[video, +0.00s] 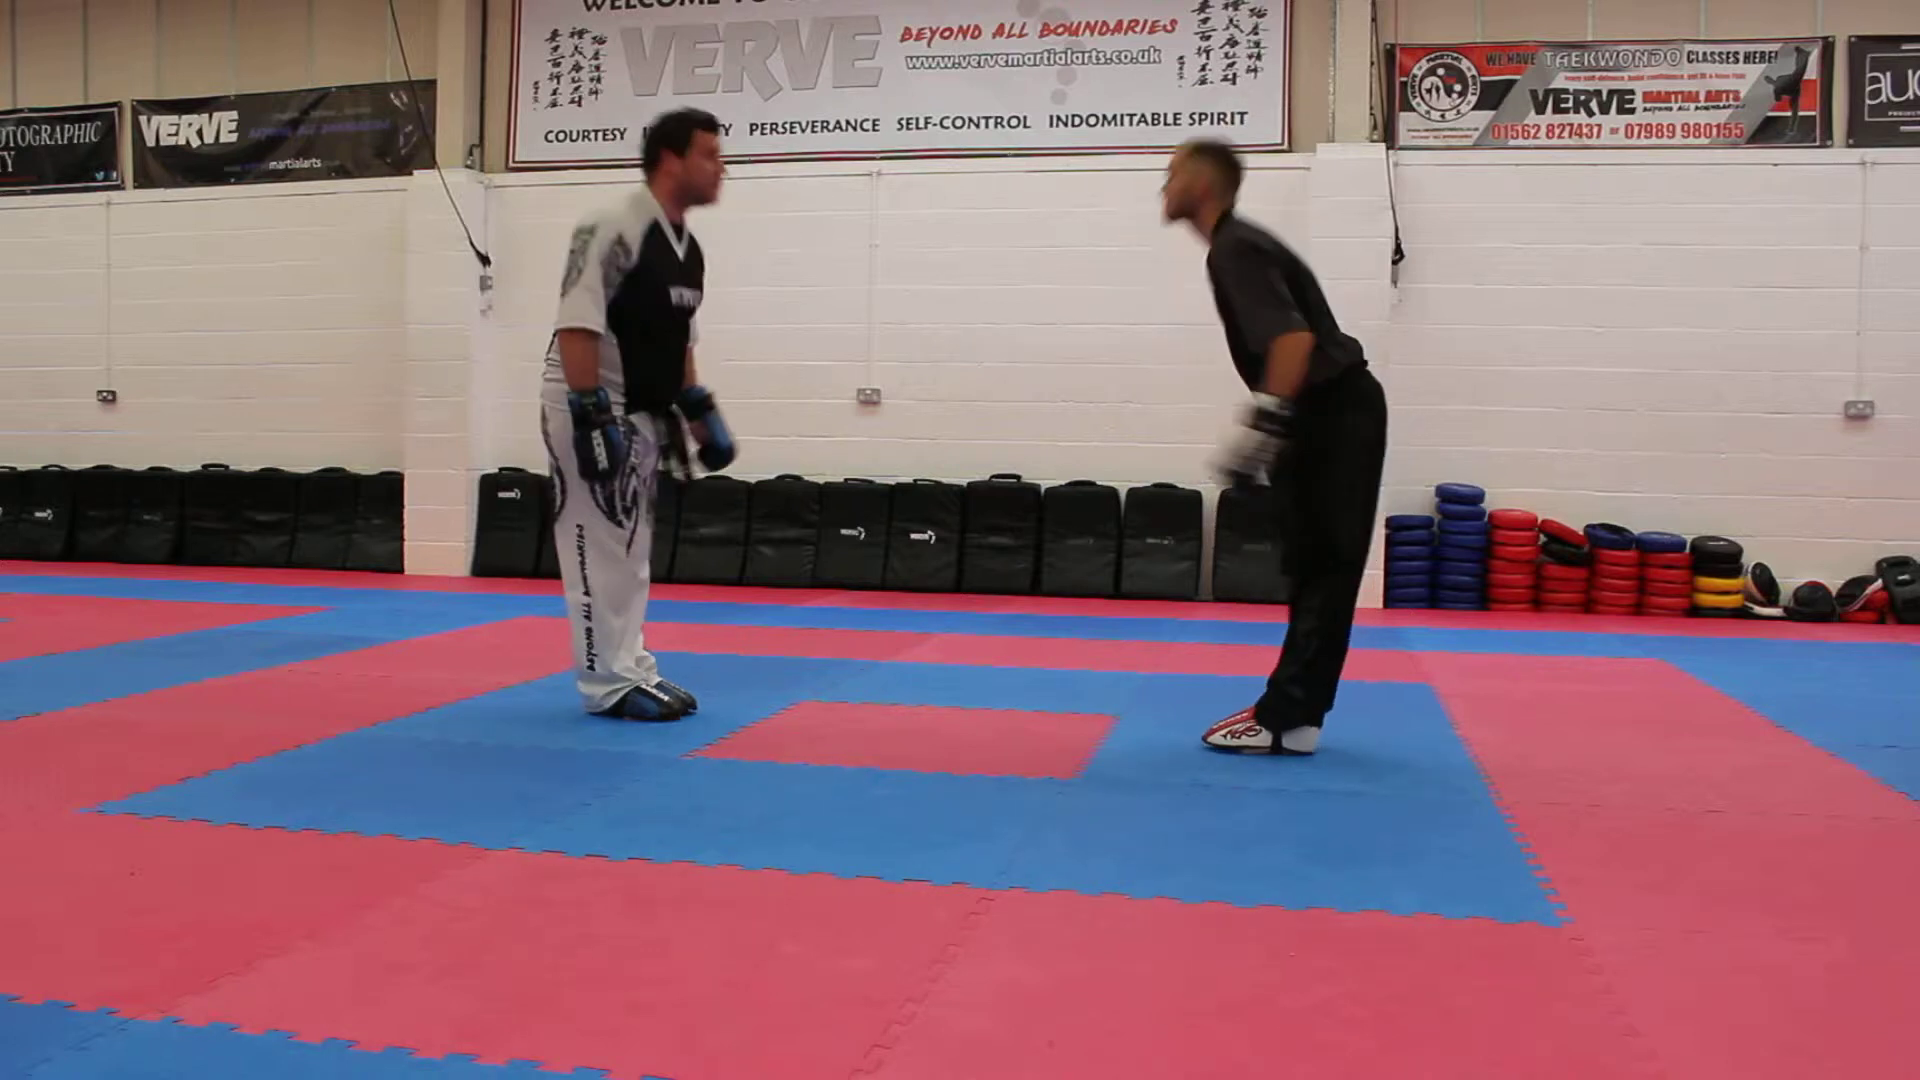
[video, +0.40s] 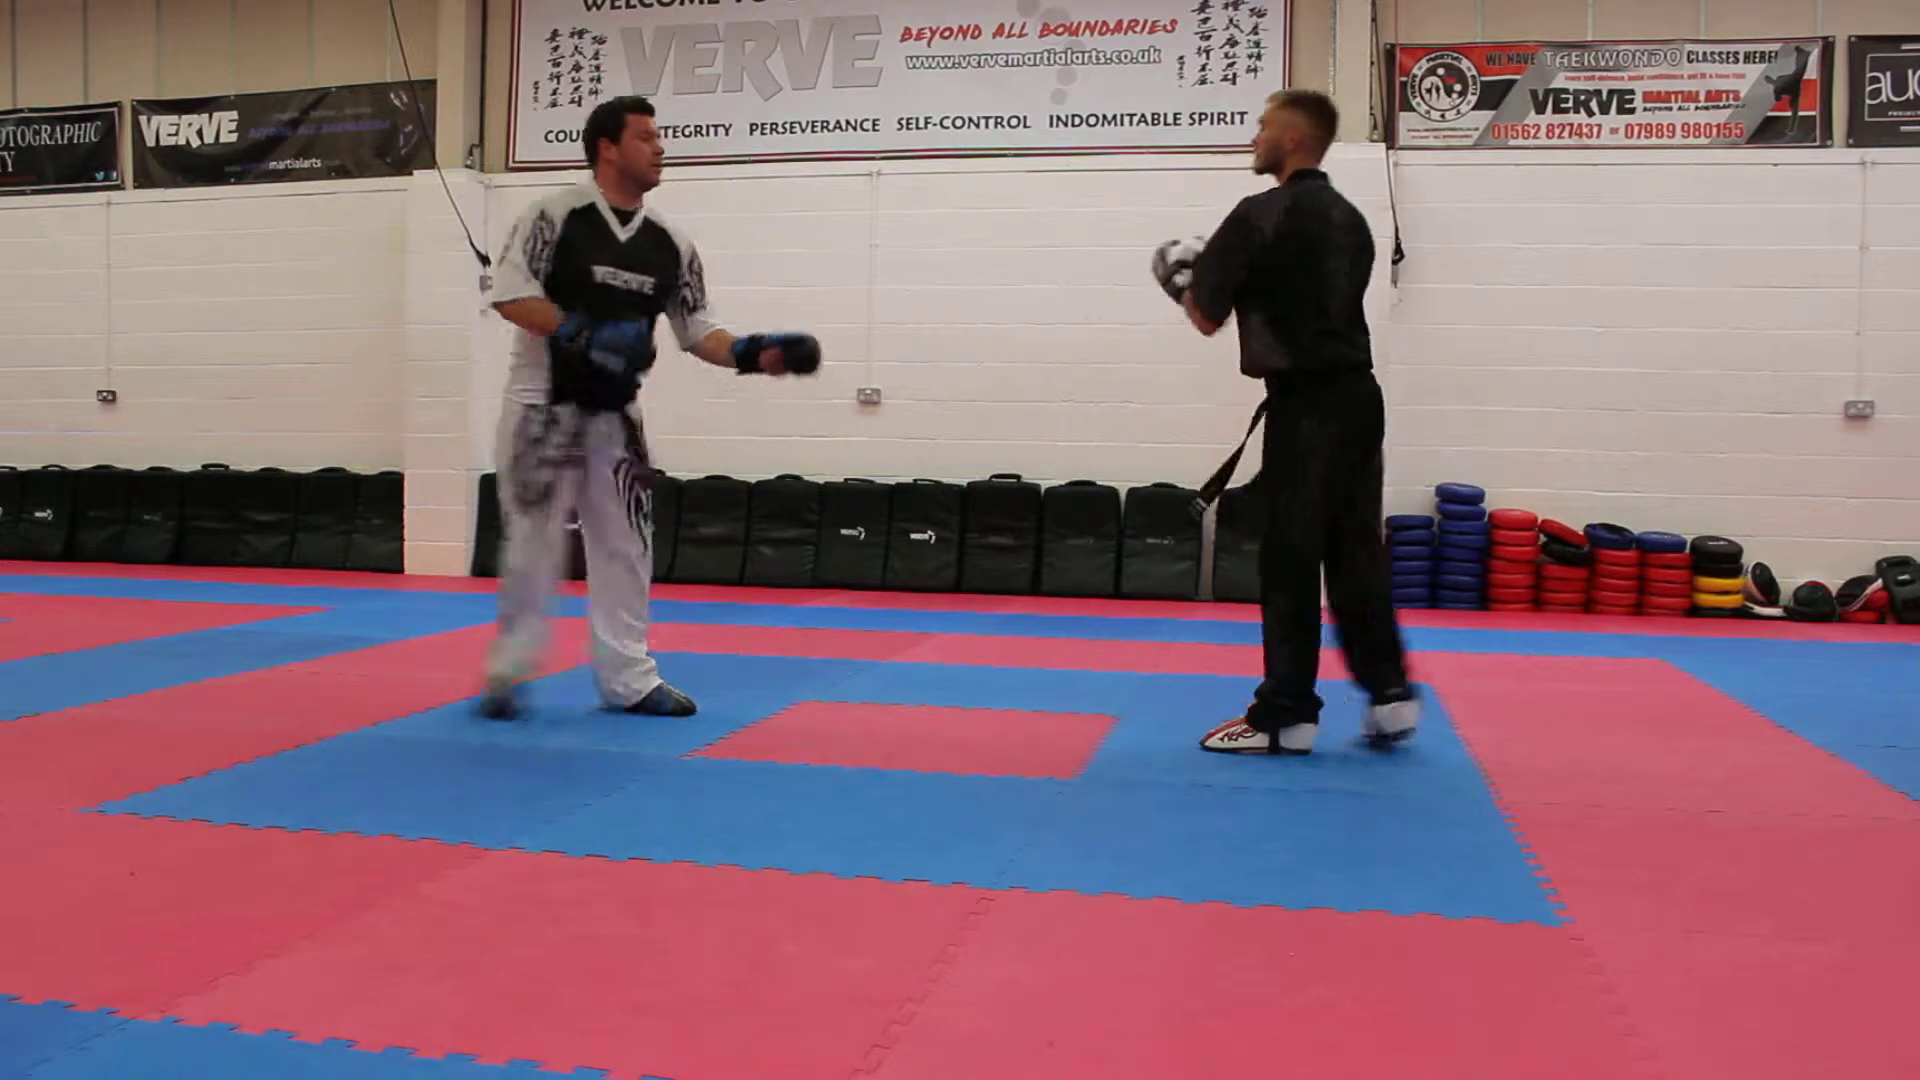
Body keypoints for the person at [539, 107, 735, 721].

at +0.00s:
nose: (721, 168)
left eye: (720, 157)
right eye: (710, 156)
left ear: (685, 164)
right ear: (671, 160)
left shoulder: (687, 249)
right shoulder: (610, 228)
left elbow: (674, 340)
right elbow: (576, 328)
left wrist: (699, 413)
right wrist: (594, 418)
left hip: (642, 413)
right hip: (592, 409)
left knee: (631, 543)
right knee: (600, 542)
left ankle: (631, 670)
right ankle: (604, 682)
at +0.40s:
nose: (660, 148)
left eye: (659, 138)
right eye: (646, 138)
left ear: (646, 152)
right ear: (606, 150)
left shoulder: (670, 247)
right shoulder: (550, 219)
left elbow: (699, 333)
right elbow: (507, 291)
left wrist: (754, 353)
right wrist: (580, 332)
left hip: (613, 416)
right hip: (540, 410)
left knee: (623, 549)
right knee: (532, 548)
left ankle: (627, 679)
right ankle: (506, 677)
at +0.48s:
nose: (643, 154)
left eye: (642, 143)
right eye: (630, 143)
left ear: (622, 154)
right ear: (588, 152)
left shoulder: (653, 248)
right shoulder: (533, 218)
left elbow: (674, 332)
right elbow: (502, 300)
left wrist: (729, 350)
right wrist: (578, 316)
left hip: (607, 419)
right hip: (529, 417)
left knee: (645, 535)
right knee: (489, 545)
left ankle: (643, 671)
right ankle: (441, 665)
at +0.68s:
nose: (607, 207)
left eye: (607, 196)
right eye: (595, 196)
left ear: (600, 204)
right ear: (552, 203)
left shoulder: (619, 296)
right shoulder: (491, 271)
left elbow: (644, 385)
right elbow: (454, 357)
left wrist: (698, 389)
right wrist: (530, 368)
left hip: (582, 459)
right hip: (498, 458)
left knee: (648, 573)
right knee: (440, 569)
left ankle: (684, 683)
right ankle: (407, 675)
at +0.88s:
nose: (605, 174)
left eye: (605, 163)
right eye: (592, 163)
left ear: (595, 171)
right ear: (549, 170)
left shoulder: (621, 258)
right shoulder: (488, 239)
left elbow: (646, 344)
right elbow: (450, 323)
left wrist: (688, 358)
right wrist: (515, 340)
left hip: (592, 423)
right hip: (504, 422)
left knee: (647, 540)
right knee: (443, 536)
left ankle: (693, 667)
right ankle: (400, 657)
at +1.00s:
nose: (608, 191)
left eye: (607, 180)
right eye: (595, 180)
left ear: (592, 187)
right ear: (552, 187)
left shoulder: (626, 273)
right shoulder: (491, 259)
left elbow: (654, 359)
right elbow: (457, 344)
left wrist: (699, 366)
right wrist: (516, 360)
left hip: (596, 443)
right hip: (511, 442)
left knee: (654, 556)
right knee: (450, 550)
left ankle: (700, 676)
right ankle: (410, 662)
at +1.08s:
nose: (605, 210)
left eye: (605, 199)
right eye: (593, 199)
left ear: (601, 203)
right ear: (551, 206)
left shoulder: (624, 292)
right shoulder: (493, 279)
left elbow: (655, 378)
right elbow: (461, 366)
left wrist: (700, 384)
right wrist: (520, 381)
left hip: (596, 459)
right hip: (513, 459)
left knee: (652, 562)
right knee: (451, 560)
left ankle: (699, 679)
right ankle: (418, 668)